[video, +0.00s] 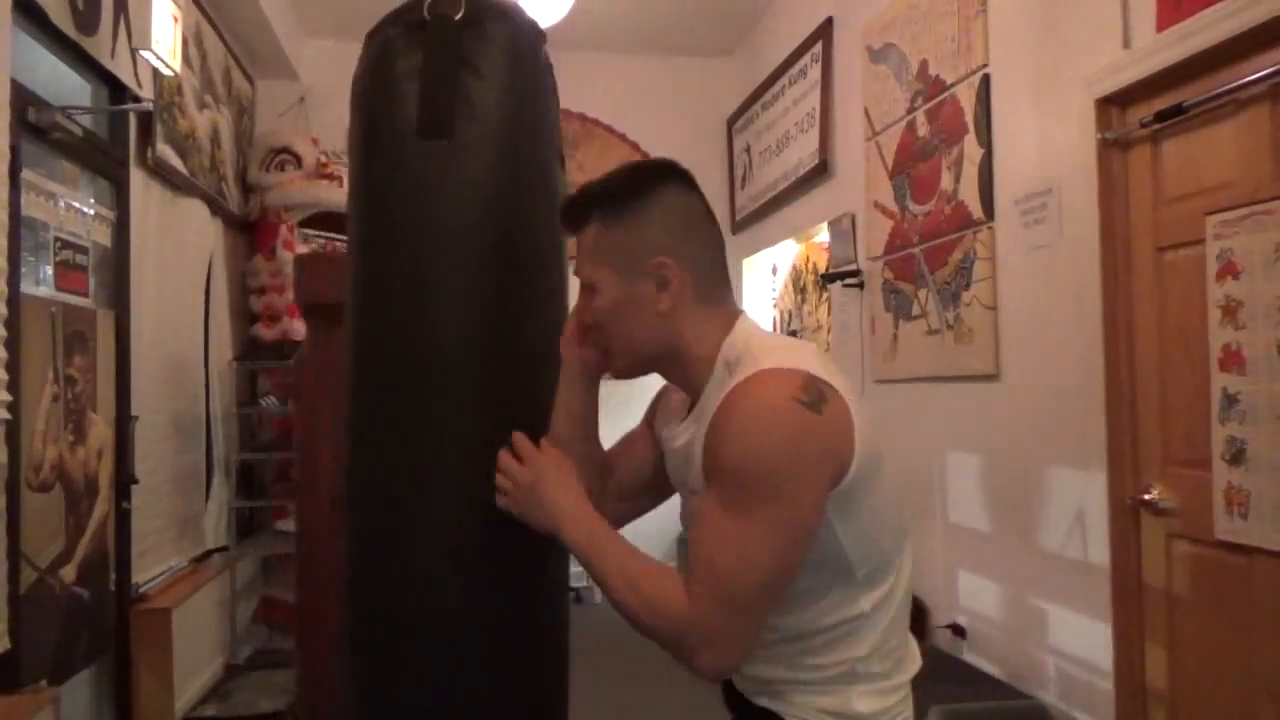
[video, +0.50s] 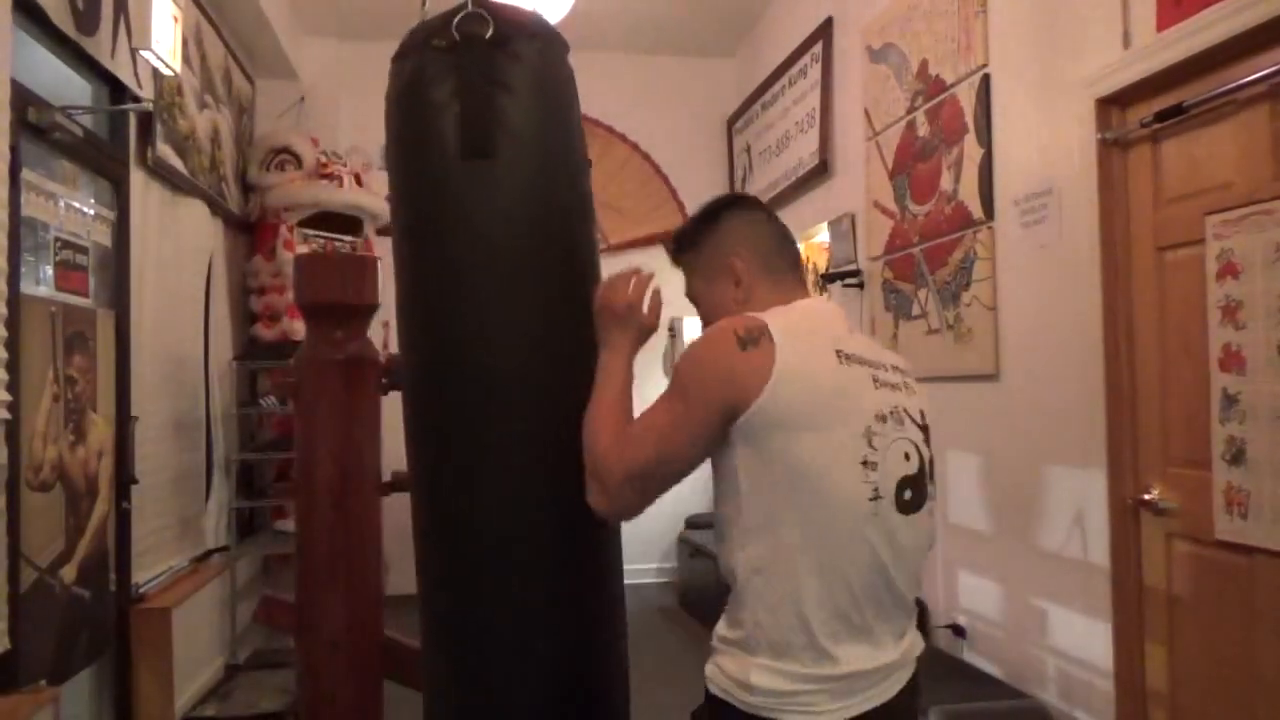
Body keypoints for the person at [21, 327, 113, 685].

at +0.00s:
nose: (70, 391)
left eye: (75, 382)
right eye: (65, 384)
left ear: (90, 384)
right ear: (60, 390)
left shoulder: (105, 432)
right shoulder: (62, 440)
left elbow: (105, 500)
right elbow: (37, 481)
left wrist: (75, 562)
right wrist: (44, 404)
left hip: (104, 554)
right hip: (74, 555)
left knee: (104, 635)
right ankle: (57, 695)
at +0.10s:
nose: (71, 391)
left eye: (76, 382)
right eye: (66, 384)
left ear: (90, 384)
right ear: (61, 390)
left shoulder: (105, 433)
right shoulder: (63, 439)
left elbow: (105, 501)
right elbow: (38, 481)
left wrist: (75, 562)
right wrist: (45, 401)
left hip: (101, 554)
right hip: (72, 554)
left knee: (103, 635)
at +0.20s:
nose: (70, 391)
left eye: (76, 382)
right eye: (65, 383)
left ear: (91, 384)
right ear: (61, 388)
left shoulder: (104, 433)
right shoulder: (64, 438)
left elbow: (105, 501)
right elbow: (37, 481)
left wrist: (75, 563)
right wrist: (45, 401)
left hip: (103, 554)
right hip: (73, 552)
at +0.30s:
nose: (71, 390)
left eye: (77, 381)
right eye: (66, 382)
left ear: (92, 383)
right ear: (61, 386)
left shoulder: (104, 432)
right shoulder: (62, 439)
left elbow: (105, 500)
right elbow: (37, 480)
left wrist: (75, 562)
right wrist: (46, 400)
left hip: (103, 553)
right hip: (74, 553)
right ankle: (55, 692)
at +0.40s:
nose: (70, 390)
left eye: (76, 381)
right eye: (65, 382)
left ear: (92, 383)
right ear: (61, 387)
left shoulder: (105, 432)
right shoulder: (63, 438)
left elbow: (105, 500)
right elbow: (37, 480)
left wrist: (76, 562)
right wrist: (46, 400)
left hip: (103, 553)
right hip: (73, 552)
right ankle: (55, 688)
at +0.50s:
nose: (70, 391)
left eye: (77, 381)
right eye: (65, 382)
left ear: (91, 384)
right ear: (60, 387)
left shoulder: (105, 432)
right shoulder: (62, 438)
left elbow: (104, 501)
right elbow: (37, 479)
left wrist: (75, 562)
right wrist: (46, 401)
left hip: (103, 552)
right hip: (74, 551)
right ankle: (56, 687)